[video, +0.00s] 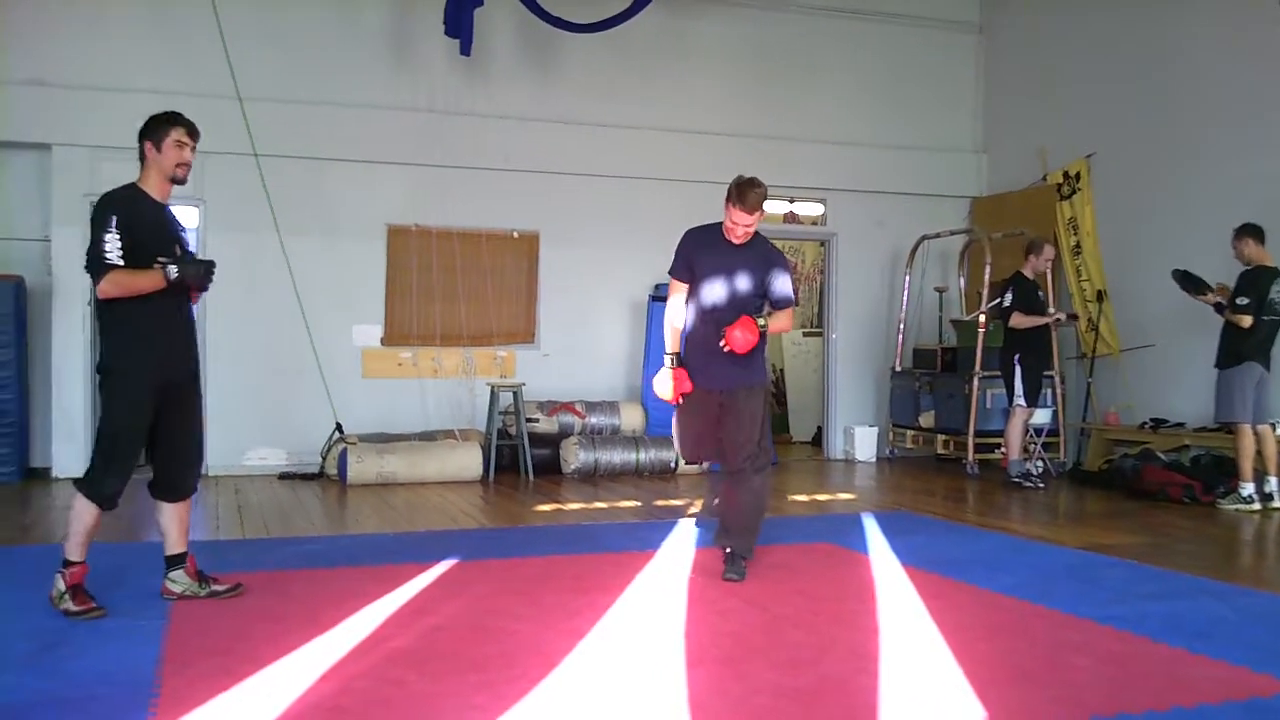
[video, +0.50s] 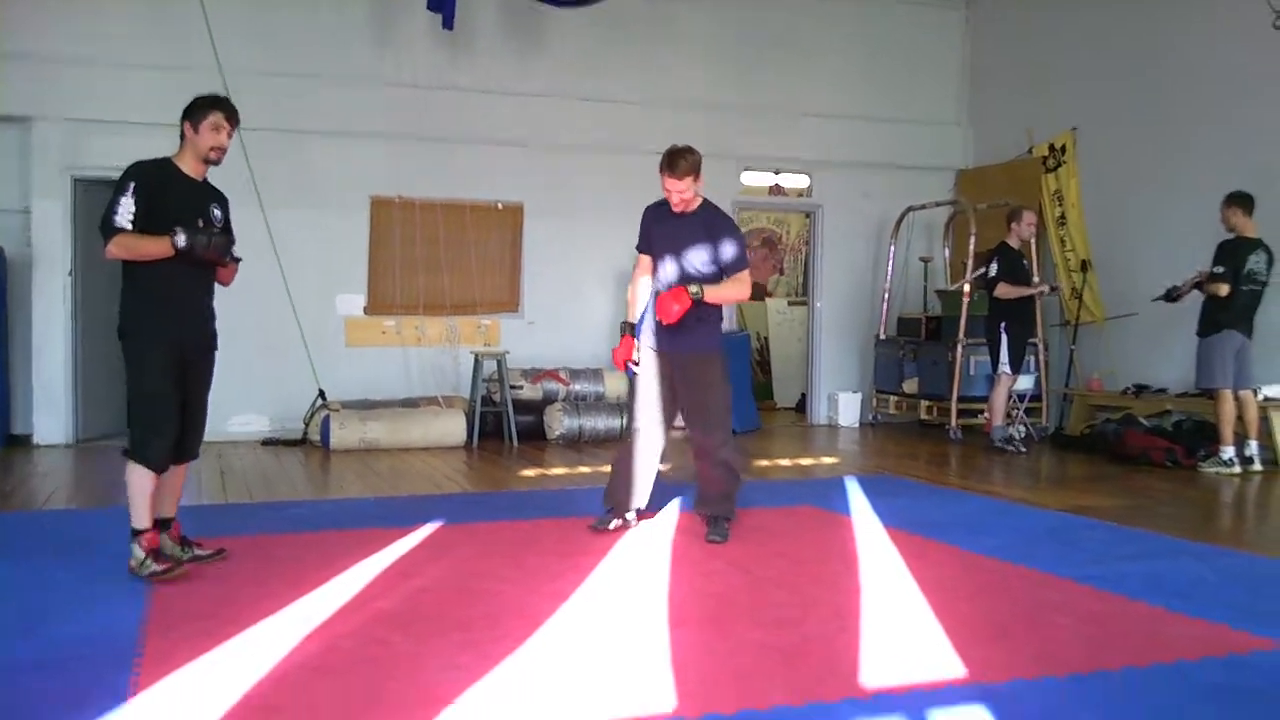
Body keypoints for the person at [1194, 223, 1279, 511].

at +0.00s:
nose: (1235, 254)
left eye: (1236, 248)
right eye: (1234, 249)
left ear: (1248, 243)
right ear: (1256, 242)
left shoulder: (1251, 276)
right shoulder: (1274, 275)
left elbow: (1244, 319)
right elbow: (1257, 316)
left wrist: (1216, 304)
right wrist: (1232, 297)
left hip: (1240, 360)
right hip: (1262, 360)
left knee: (1242, 426)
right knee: (1263, 425)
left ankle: (1246, 491)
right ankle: (1272, 489)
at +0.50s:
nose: (1221, 218)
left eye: (1224, 213)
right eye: (1222, 213)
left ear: (1236, 213)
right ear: (1246, 213)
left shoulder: (1229, 247)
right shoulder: (1264, 251)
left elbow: (1221, 289)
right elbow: (1246, 288)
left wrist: (1201, 283)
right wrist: (1209, 278)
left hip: (1221, 328)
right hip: (1244, 328)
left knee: (1223, 391)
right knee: (1245, 390)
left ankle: (1226, 455)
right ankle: (1253, 453)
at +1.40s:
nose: (1256, 197)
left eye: (1259, 192)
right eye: (1256, 192)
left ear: (1271, 191)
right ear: (1275, 192)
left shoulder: (1263, 222)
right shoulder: (1274, 220)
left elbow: (1255, 267)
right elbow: (1261, 264)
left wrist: (1225, 273)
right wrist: (1227, 270)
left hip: (1260, 309)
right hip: (1274, 308)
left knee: (1259, 376)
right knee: (1270, 376)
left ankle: (1265, 440)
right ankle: (1267, 437)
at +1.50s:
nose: (1243, 193)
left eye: (1245, 187)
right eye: (1243, 187)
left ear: (1256, 187)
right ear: (1269, 186)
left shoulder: (1251, 218)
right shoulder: (1277, 216)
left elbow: (1245, 262)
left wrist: (1213, 266)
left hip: (1247, 303)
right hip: (1273, 302)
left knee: (1247, 370)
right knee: (1272, 370)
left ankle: (1252, 437)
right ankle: (1276, 432)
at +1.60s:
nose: (1237, 191)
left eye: (1239, 186)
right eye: (1238, 186)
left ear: (1251, 187)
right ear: (1264, 187)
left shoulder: (1244, 220)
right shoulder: (1276, 219)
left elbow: (1238, 264)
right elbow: (1264, 261)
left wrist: (1205, 263)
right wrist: (1227, 253)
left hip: (1242, 305)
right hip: (1269, 305)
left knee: (1243, 371)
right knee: (1268, 370)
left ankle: (1248, 437)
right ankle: (1274, 434)